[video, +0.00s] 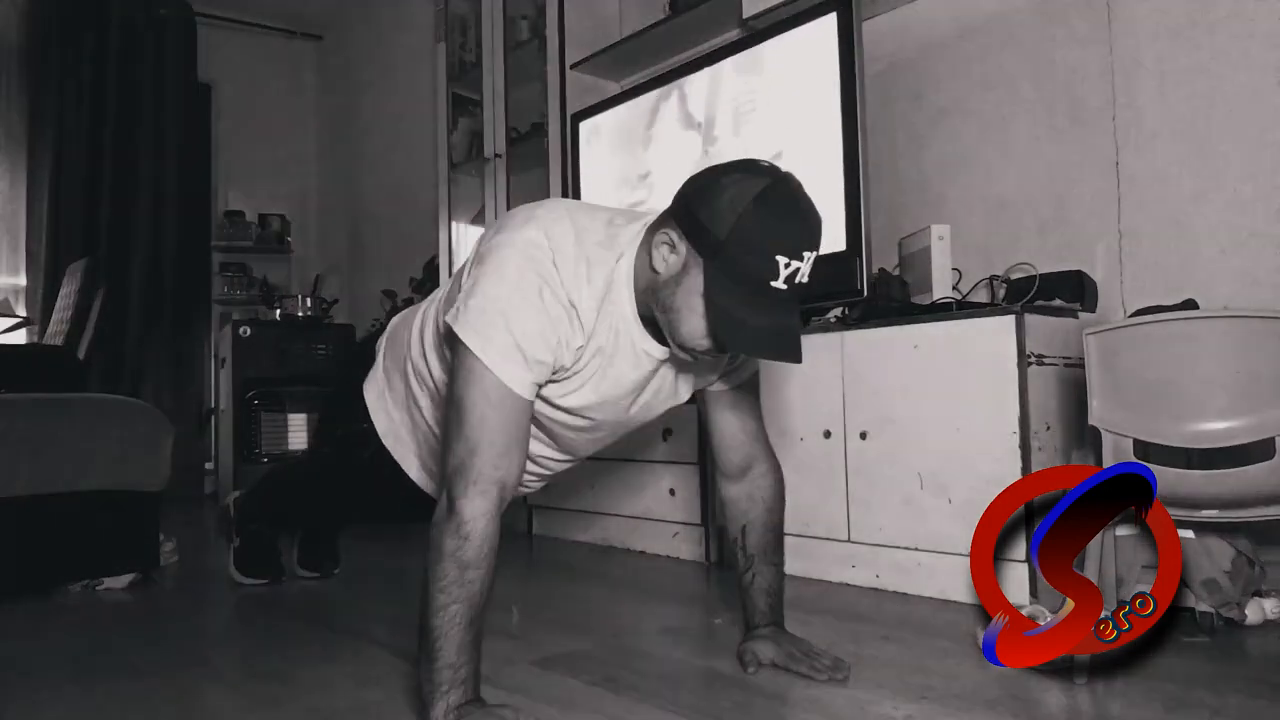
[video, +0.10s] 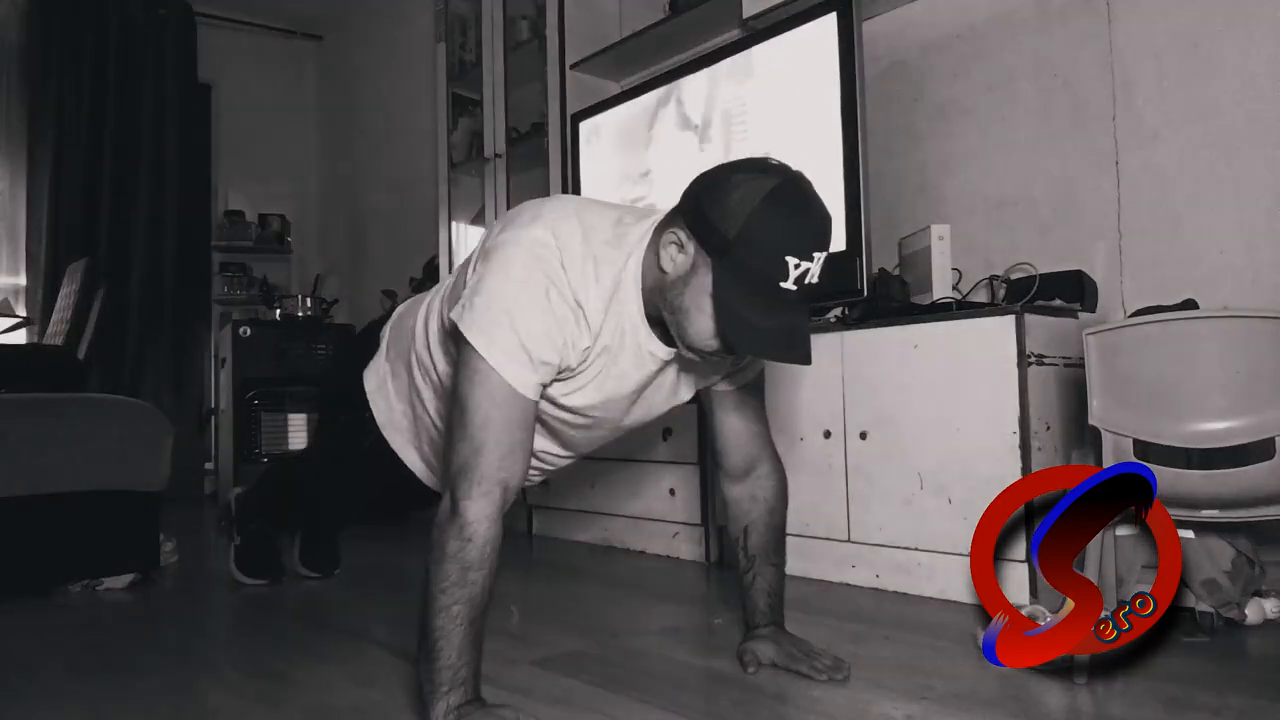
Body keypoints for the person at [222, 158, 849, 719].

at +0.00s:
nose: (734, 351)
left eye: (752, 333)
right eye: (728, 319)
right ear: (669, 253)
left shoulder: (718, 316)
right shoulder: (536, 260)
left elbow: (746, 471)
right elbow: (473, 496)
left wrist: (765, 630)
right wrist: (450, 700)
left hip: (499, 461)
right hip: (404, 417)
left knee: (373, 505)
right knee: (319, 485)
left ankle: (313, 525)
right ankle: (250, 518)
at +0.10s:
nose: (743, 352)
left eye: (760, 336)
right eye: (736, 321)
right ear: (679, 253)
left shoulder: (722, 315)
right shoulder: (540, 264)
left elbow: (750, 473)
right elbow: (475, 499)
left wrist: (765, 629)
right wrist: (449, 702)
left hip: (496, 453)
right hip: (402, 409)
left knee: (376, 504)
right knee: (321, 480)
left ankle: (315, 522)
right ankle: (256, 514)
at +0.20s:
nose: (743, 354)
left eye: (761, 338)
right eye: (737, 322)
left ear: (790, 306)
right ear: (681, 254)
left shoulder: (723, 318)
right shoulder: (542, 261)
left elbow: (751, 473)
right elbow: (478, 497)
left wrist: (765, 629)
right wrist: (450, 701)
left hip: (495, 451)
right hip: (402, 405)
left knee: (379, 506)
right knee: (325, 482)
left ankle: (316, 525)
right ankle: (257, 515)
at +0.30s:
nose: (737, 352)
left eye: (755, 336)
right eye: (732, 322)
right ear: (674, 257)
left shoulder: (720, 315)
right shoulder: (536, 264)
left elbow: (747, 470)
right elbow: (474, 494)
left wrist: (765, 629)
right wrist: (450, 702)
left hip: (498, 457)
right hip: (404, 413)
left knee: (376, 500)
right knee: (329, 482)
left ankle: (315, 517)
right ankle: (260, 513)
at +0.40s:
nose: (739, 348)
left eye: (755, 331)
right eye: (734, 317)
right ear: (678, 253)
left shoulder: (718, 316)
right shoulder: (538, 261)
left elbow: (747, 471)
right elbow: (475, 498)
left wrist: (765, 629)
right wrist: (449, 703)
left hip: (500, 459)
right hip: (407, 414)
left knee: (374, 502)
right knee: (323, 484)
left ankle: (315, 525)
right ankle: (256, 517)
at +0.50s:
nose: (749, 349)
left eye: (764, 332)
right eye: (743, 318)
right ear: (682, 254)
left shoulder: (725, 320)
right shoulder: (544, 266)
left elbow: (752, 471)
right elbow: (476, 502)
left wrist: (766, 628)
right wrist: (451, 701)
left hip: (497, 449)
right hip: (411, 407)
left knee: (381, 497)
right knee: (324, 482)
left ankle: (318, 521)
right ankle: (253, 516)